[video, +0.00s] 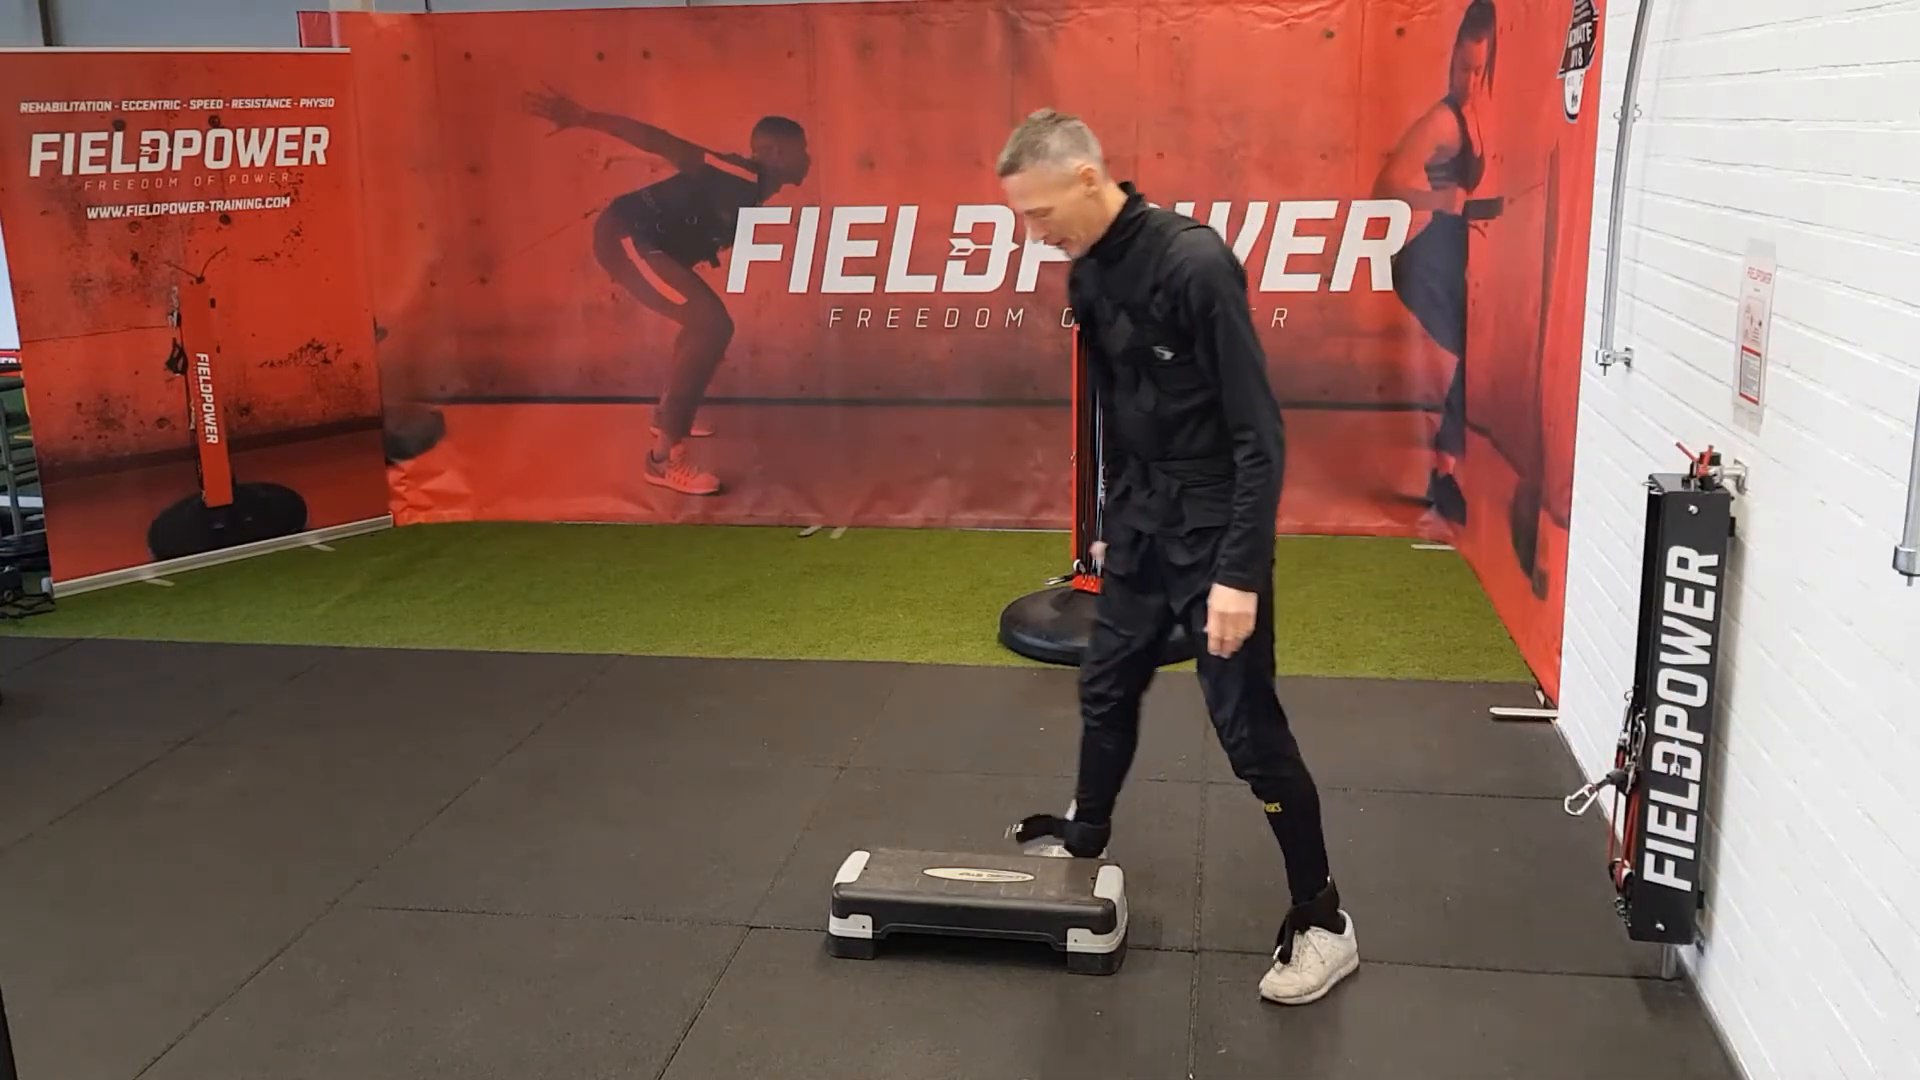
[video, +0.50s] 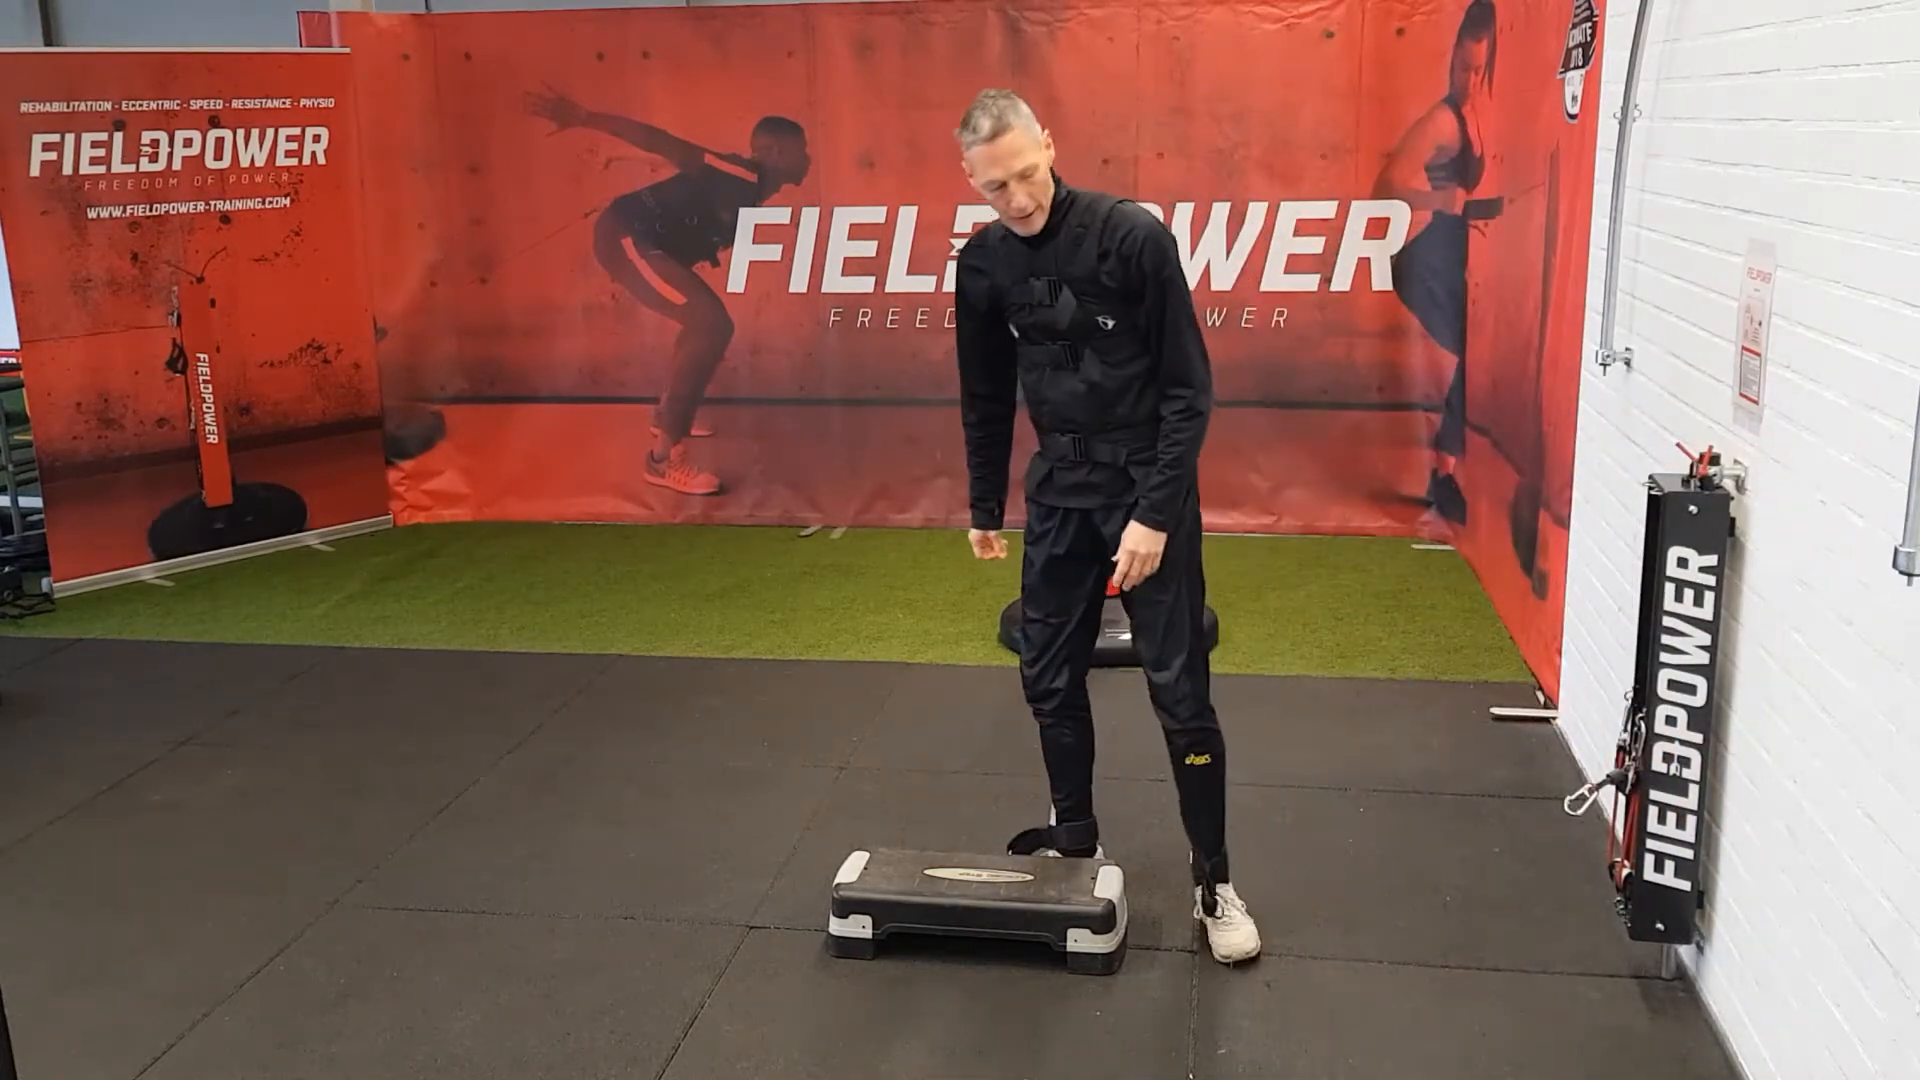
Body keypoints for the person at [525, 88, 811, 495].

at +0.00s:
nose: (808, 158)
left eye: (805, 149)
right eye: (800, 150)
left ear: (774, 152)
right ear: (770, 150)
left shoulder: (752, 188)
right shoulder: (735, 176)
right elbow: (658, 141)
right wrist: (584, 117)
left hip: (646, 237)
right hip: (626, 233)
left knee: (709, 322)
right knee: (713, 325)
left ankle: (670, 413)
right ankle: (665, 457)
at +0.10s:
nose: (808, 158)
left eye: (805, 149)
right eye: (800, 150)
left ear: (774, 152)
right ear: (770, 150)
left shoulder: (752, 188)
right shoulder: (735, 176)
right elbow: (658, 141)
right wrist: (584, 117)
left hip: (647, 237)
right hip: (626, 233)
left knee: (709, 322)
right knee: (713, 325)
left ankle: (670, 413)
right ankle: (665, 457)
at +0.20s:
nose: (807, 158)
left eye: (805, 149)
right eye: (800, 150)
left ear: (774, 152)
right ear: (770, 150)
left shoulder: (752, 188)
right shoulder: (735, 176)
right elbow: (659, 141)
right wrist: (585, 117)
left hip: (647, 237)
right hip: (626, 233)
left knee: (709, 322)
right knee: (713, 325)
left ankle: (670, 412)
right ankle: (665, 457)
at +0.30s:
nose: (808, 158)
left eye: (805, 149)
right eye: (800, 150)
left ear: (774, 152)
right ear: (770, 150)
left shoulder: (752, 188)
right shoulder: (735, 176)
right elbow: (658, 141)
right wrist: (584, 117)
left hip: (647, 237)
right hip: (626, 233)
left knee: (709, 322)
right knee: (713, 326)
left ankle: (670, 413)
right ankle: (665, 457)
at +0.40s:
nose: (807, 158)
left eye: (805, 149)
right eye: (800, 150)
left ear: (774, 152)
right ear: (770, 150)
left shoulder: (751, 189)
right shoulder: (735, 176)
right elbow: (659, 141)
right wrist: (585, 117)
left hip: (647, 238)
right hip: (626, 233)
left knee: (709, 322)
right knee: (713, 325)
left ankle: (670, 412)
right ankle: (665, 457)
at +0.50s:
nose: (807, 158)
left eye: (805, 149)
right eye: (800, 149)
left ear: (775, 152)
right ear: (770, 150)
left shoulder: (751, 192)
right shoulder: (735, 176)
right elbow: (660, 141)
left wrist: (712, 246)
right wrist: (584, 117)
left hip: (647, 238)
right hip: (626, 233)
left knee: (710, 322)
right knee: (713, 325)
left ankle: (670, 412)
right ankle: (665, 457)